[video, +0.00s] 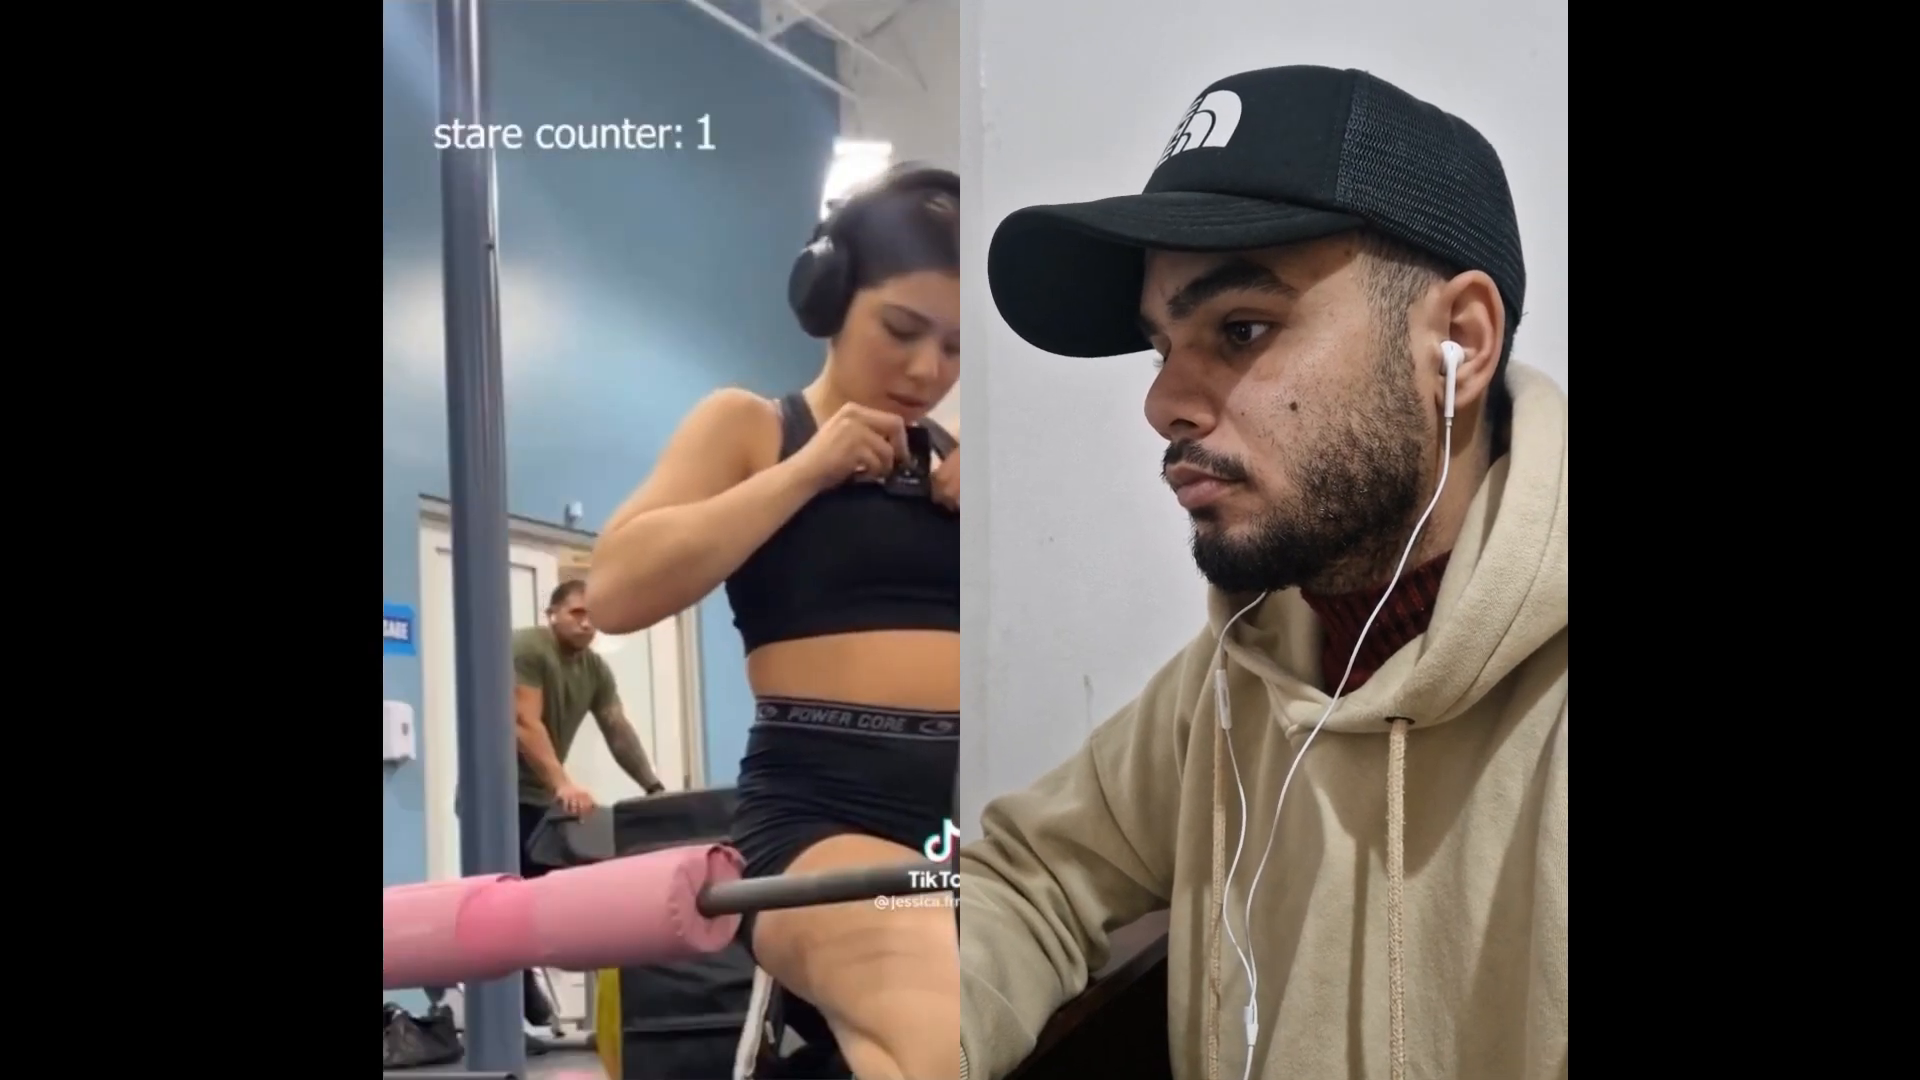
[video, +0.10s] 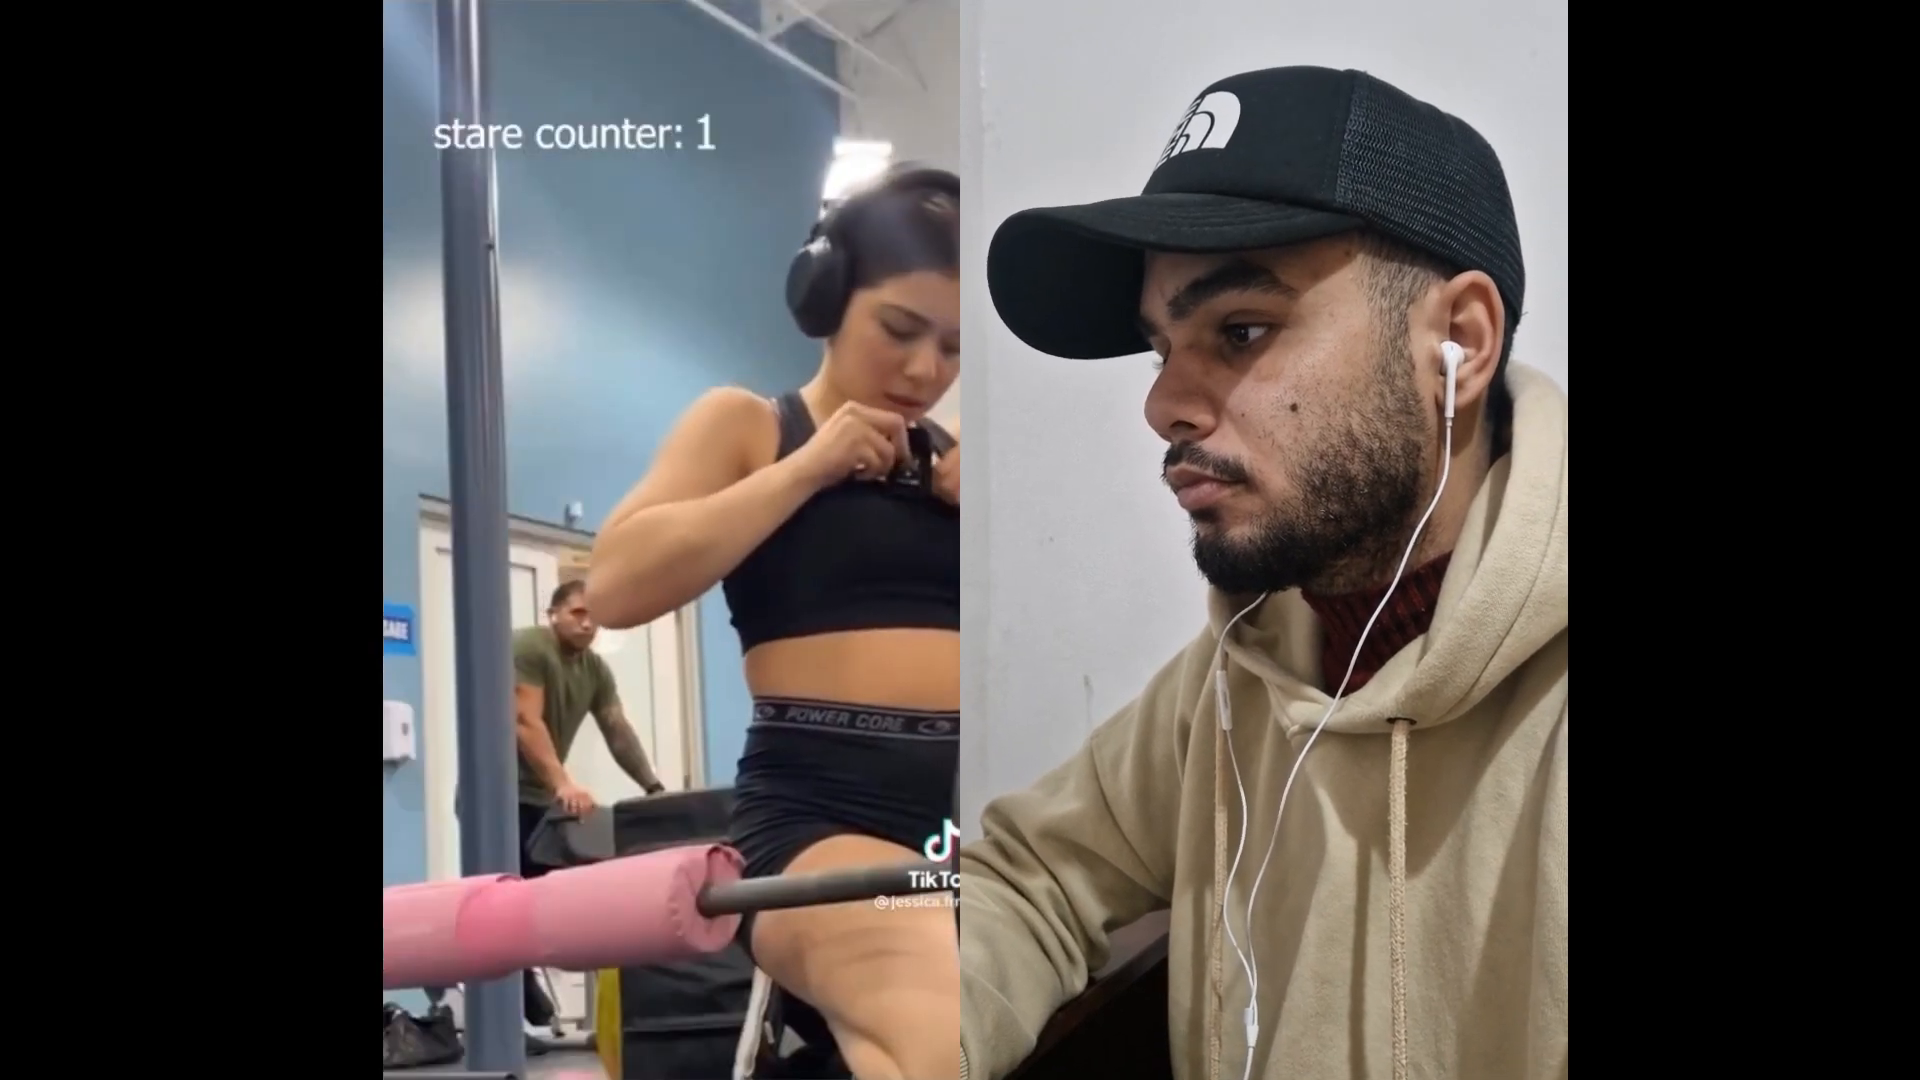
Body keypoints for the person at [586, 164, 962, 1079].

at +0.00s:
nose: (927, 369)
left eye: (954, 343)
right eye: (902, 329)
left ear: (976, 347)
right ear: (833, 301)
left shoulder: (970, 464)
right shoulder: (747, 426)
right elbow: (615, 596)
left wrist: (994, 498)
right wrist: (808, 470)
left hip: (996, 798)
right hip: (820, 799)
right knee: (947, 1018)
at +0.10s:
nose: (926, 368)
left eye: (952, 343)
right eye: (900, 329)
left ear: (974, 345)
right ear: (830, 302)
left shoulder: (968, 465)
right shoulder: (745, 424)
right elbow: (614, 592)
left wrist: (994, 494)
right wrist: (807, 469)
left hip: (993, 797)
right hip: (817, 797)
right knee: (949, 1020)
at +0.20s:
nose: (924, 369)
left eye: (952, 343)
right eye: (899, 329)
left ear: (973, 345)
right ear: (829, 301)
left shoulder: (966, 463)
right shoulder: (743, 423)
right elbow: (610, 585)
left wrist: (989, 495)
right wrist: (809, 470)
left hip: (992, 798)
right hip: (815, 798)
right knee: (945, 1013)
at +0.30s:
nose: (925, 369)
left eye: (952, 343)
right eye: (900, 329)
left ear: (973, 346)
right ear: (828, 299)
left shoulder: (974, 463)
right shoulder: (743, 423)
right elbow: (599, 578)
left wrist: (993, 496)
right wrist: (804, 471)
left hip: (994, 801)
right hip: (813, 802)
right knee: (945, 1017)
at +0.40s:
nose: (928, 368)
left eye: (955, 341)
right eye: (904, 326)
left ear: (974, 345)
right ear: (830, 298)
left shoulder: (973, 462)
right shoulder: (743, 421)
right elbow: (590, 579)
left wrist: (992, 498)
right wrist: (795, 468)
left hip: (992, 804)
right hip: (809, 804)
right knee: (943, 1013)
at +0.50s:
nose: (935, 363)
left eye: (960, 332)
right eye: (909, 319)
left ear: (980, 336)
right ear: (833, 295)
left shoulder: (970, 454)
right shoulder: (741, 419)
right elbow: (594, 603)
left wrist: (988, 485)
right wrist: (781, 453)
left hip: (990, 801)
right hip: (809, 801)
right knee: (944, 1020)